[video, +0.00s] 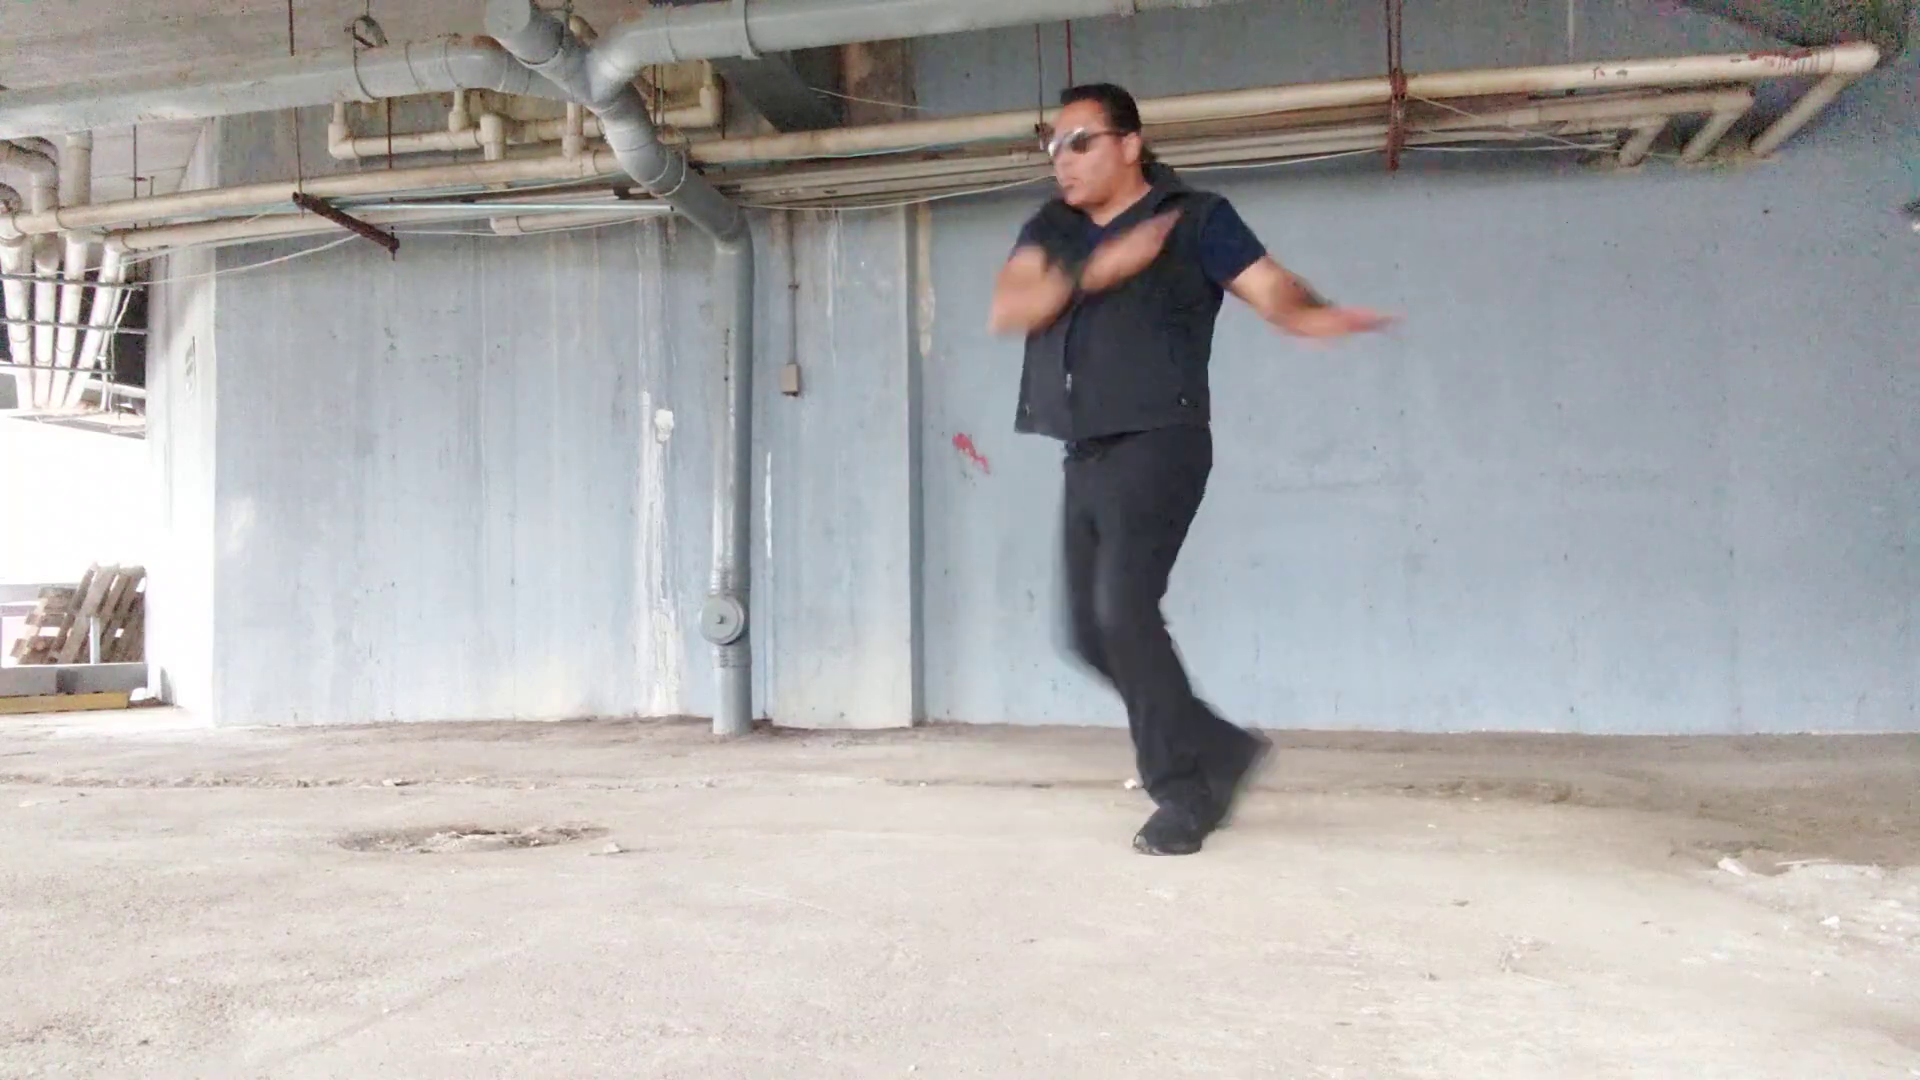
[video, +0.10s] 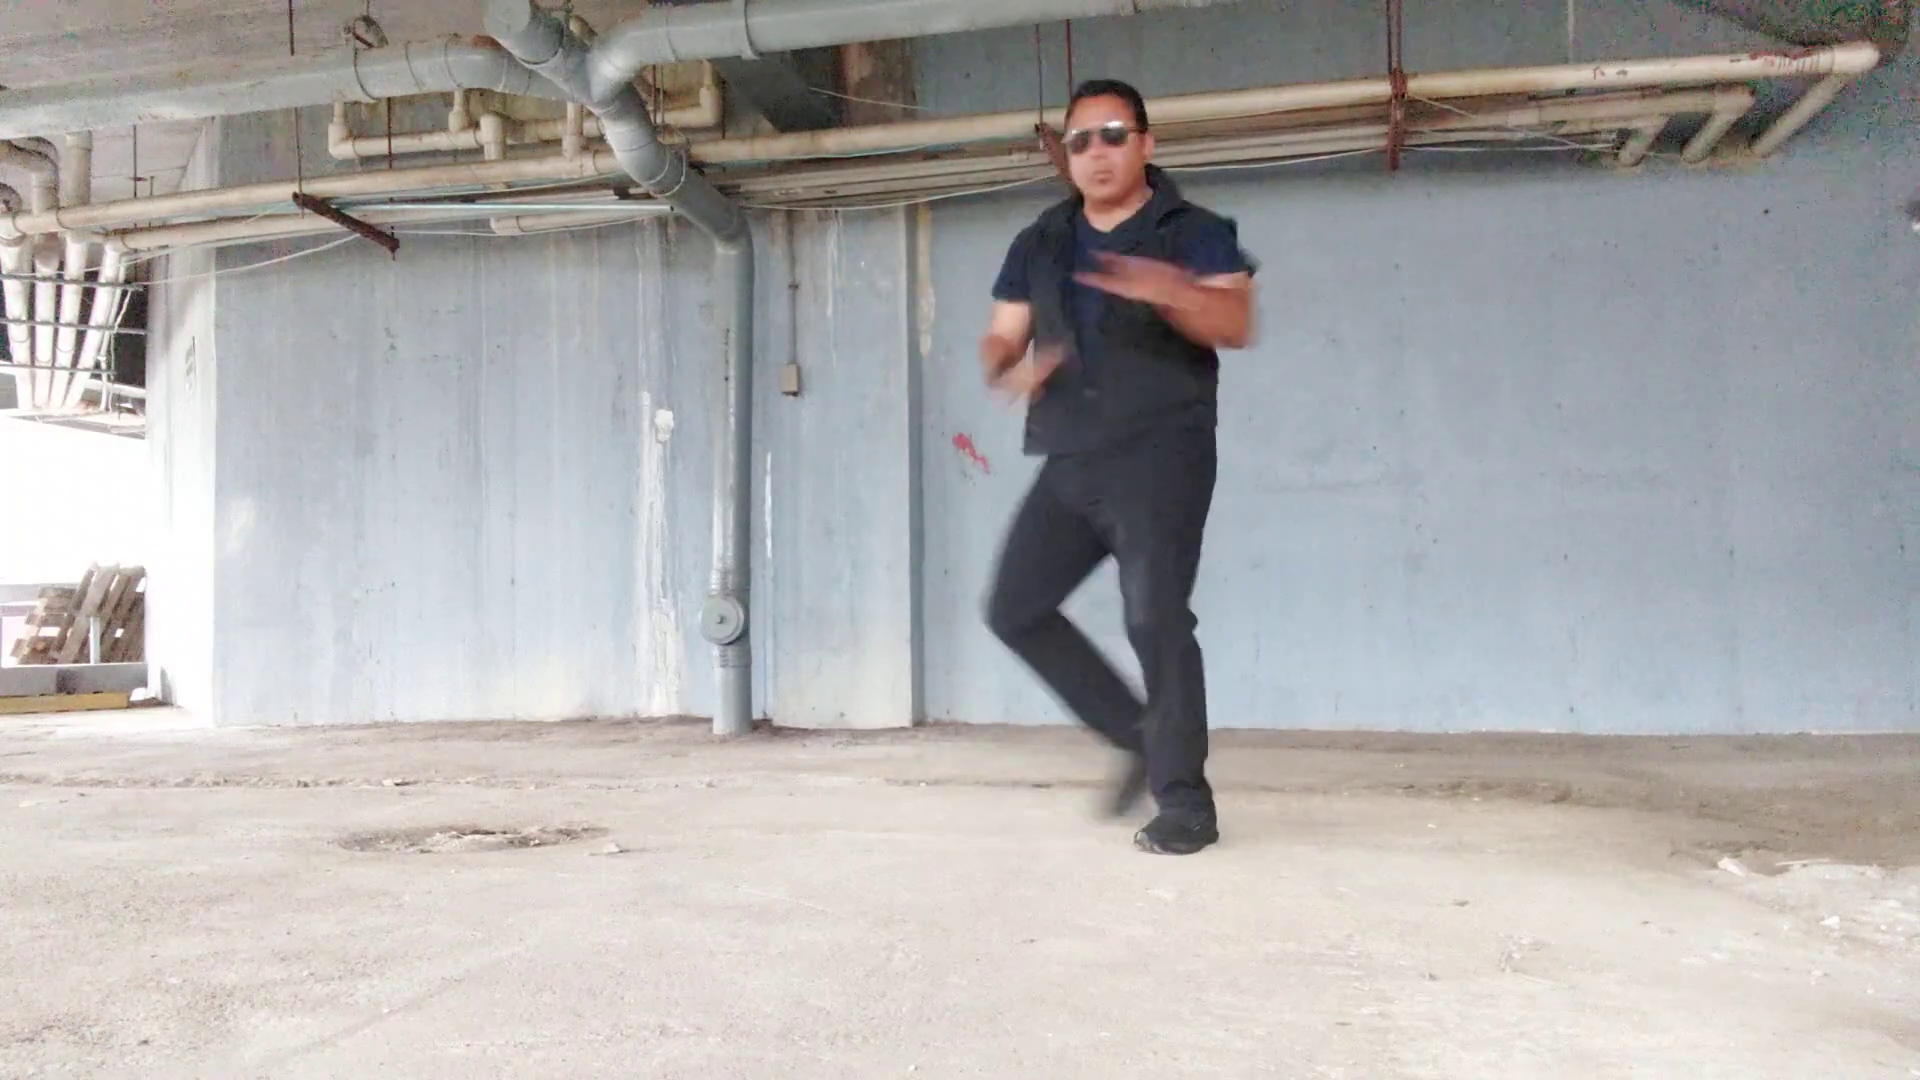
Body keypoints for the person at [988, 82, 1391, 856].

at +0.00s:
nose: (1063, 161)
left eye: (1079, 143)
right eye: (1055, 148)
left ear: (1130, 145)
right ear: (1052, 158)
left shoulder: (1193, 216)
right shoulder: (1056, 224)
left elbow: (1272, 288)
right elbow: (1006, 311)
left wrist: (1312, 315)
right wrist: (1097, 268)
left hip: (1161, 445)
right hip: (1087, 455)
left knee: (1124, 610)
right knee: (1089, 629)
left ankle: (1186, 790)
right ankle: (1220, 747)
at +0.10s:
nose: (1099, 150)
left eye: (1114, 135)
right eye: (1083, 139)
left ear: (1146, 146)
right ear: (1065, 157)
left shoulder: (1195, 233)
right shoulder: (1040, 243)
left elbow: (1237, 325)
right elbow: (1001, 348)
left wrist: (1167, 289)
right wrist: (1015, 371)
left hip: (1162, 457)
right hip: (1070, 464)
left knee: (1155, 620)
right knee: (1016, 610)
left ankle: (1186, 807)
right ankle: (1144, 737)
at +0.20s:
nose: (1100, 139)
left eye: (1115, 122)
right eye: (1082, 126)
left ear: (1140, 134)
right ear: (1058, 141)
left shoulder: (1182, 216)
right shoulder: (1037, 219)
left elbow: (1169, 307)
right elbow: (989, 301)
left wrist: (1056, 272)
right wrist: (948, 350)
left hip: (1154, 454)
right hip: (1057, 457)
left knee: (1170, 625)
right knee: (994, 592)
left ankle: (1187, 802)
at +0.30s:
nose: (1066, 129)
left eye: (1082, 112)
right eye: (1048, 116)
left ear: (1110, 124)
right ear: (1029, 132)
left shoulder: (1156, 206)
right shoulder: (1010, 210)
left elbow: (1154, 310)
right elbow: (930, 227)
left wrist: (1042, 331)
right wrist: (910, 234)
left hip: (1139, 449)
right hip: (1042, 452)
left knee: (1172, 626)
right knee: (996, 617)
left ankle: (1190, 806)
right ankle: (943, 791)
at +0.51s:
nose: (999, 140)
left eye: (1016, 126)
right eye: (982, 127)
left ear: (1043, 138)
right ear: (961, 141)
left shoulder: (1081, 207)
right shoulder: (941, 203)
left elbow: (1175, 279)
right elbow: (911, 250)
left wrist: (1195, 332)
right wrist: (1019, 215)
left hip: (1053, 448)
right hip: (969, 453)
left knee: (1091, 610)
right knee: (966, 623)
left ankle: (1169, 787)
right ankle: (960, 801)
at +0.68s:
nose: (974, 147)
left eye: (989, 133)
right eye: (957, 134)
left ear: (1012, 144)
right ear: (933, 144)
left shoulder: (1048, 215)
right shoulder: (903, 226)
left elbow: (1144, 266)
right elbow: (849, 326)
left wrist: (1075, 226)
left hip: (1026, 449)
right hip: (929, 456)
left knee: (1042, 602)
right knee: (931, 621)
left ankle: (1009, 751)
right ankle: (953, 793)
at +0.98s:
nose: (954, 171)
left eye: (967, 157)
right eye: (935, 157)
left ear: (983, 166)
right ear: (907, 166)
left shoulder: (1008, 249)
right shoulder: (865, 231)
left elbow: (1034, 336)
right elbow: (787, 300)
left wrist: (948, 315)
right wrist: (789, 365)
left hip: (980, 463)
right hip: (891, 459)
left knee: (1011, 617)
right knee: (881, 620)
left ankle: (961, 753)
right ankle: (842, 779)